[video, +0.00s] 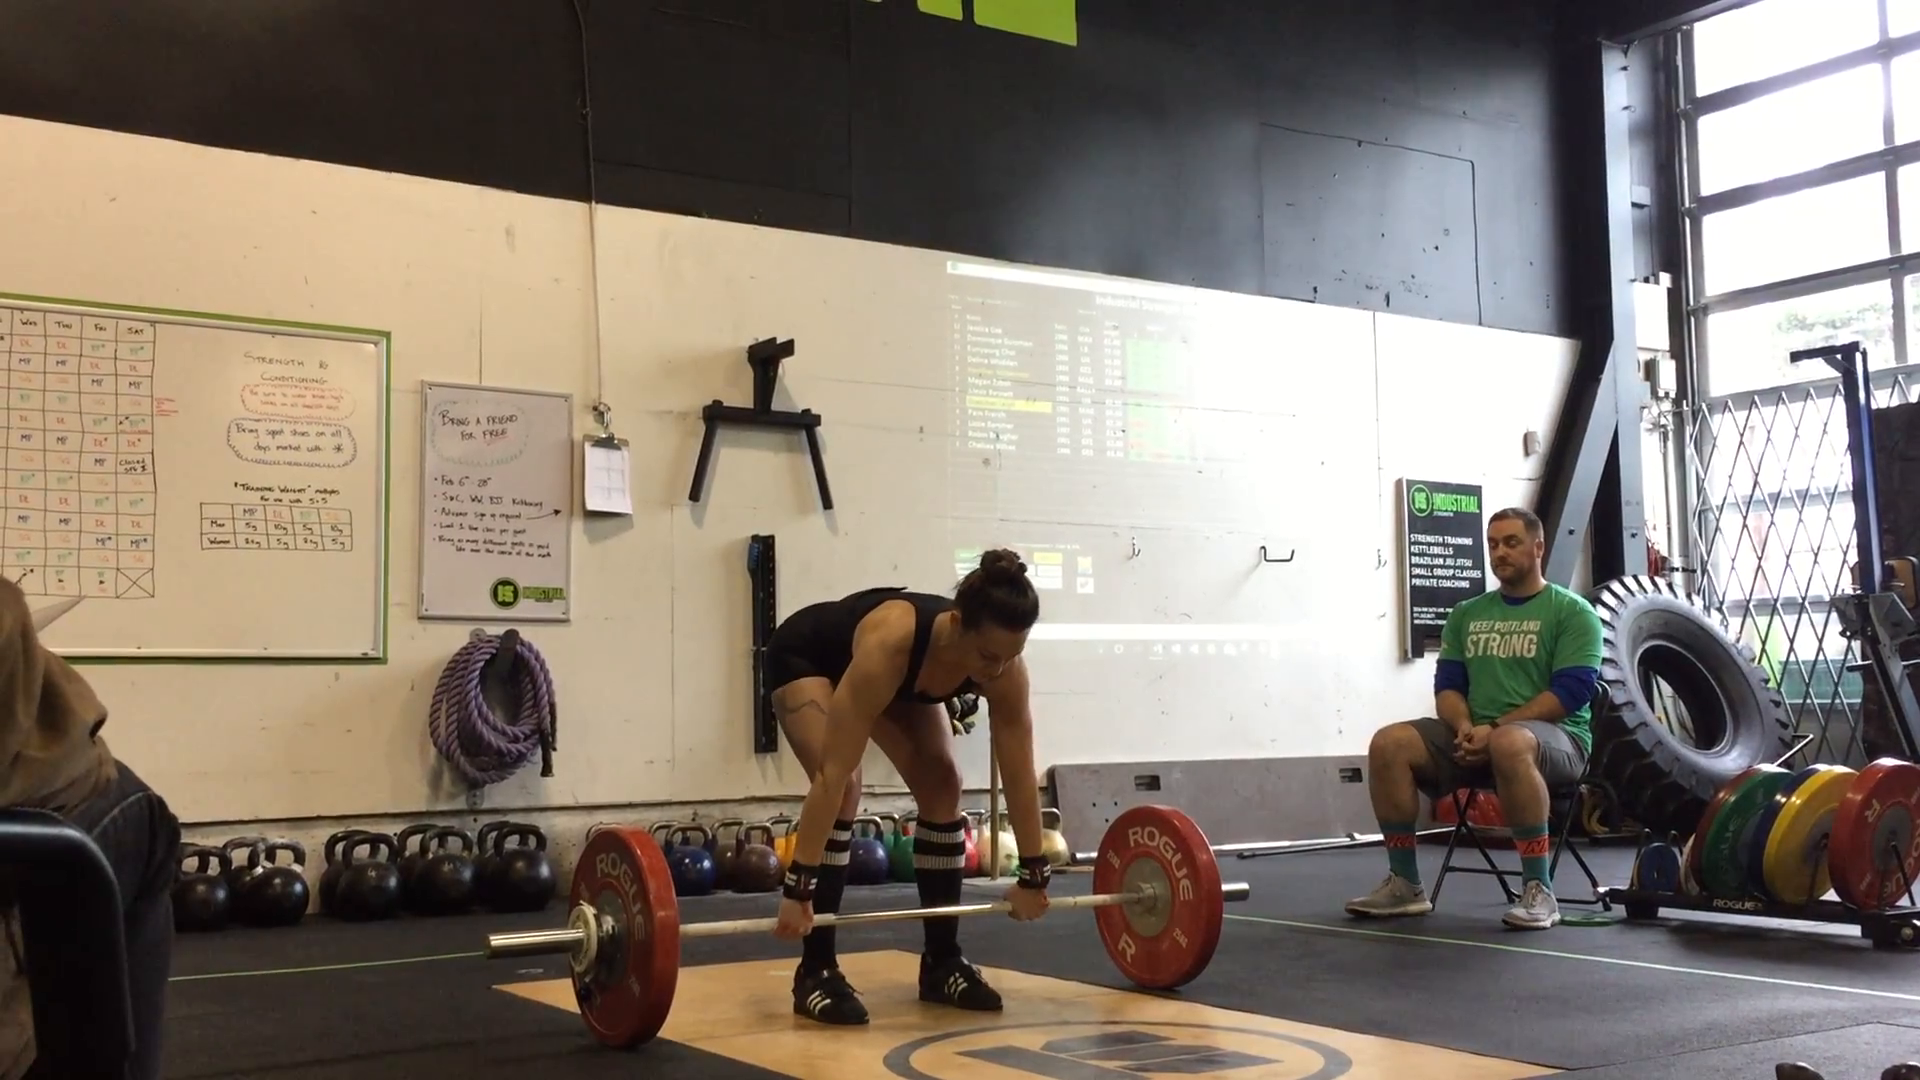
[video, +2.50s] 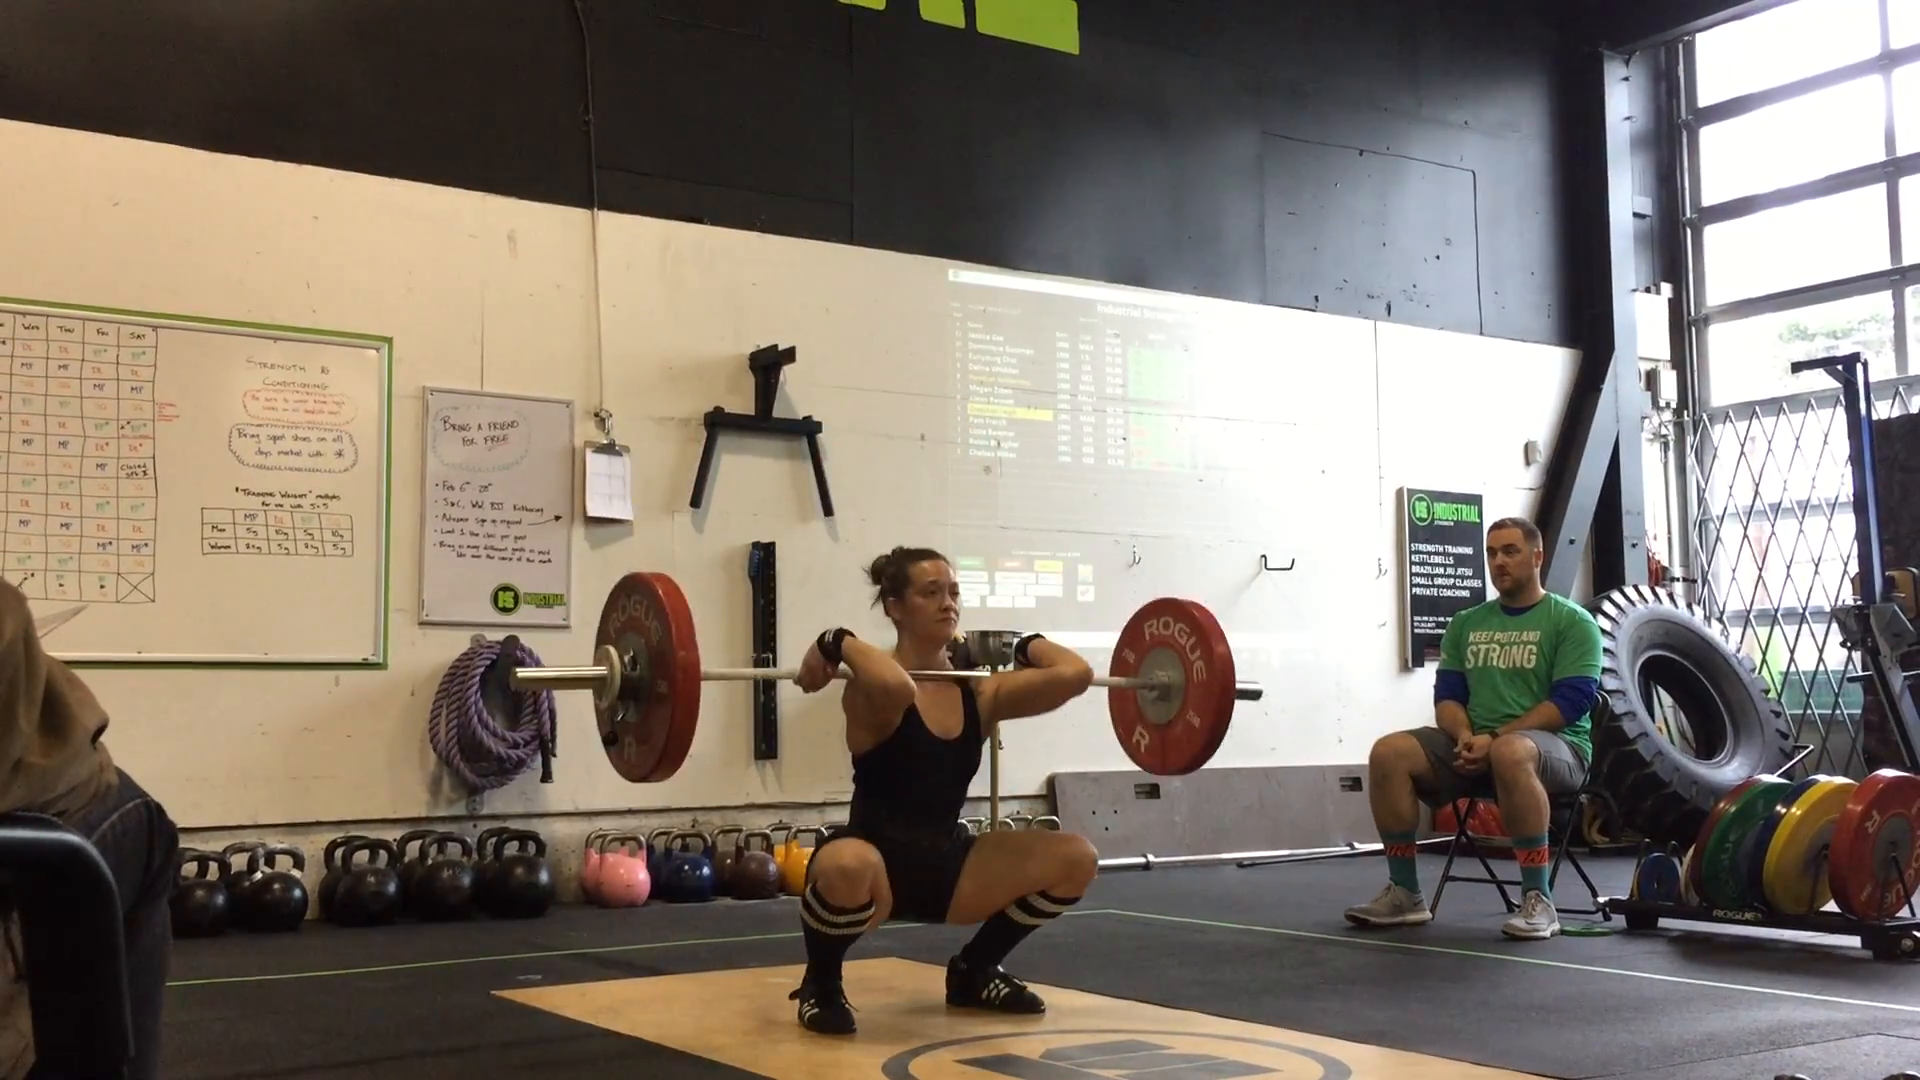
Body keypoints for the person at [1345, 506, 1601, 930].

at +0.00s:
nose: (1499, 552)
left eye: (1511, 542)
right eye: (1493, 544)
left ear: (1538, 548)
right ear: (1487, 551)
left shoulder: (1573, 612)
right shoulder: (1466, 614)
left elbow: (1572, 692)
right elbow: (1448, 686)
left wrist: (1497, 730)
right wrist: (1463, 724)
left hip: (1554, 737)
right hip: (1475, 737)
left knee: (1509, 743)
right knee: (1388, 744)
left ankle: (1537, 892)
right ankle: (1405, 884)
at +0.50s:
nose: (1499, 556)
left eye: (1510, 547)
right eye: (1492, 548)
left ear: (1538, 551)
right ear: (1486, 554)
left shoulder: (1573, 613)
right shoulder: (1465, 615)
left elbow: (1571, 694)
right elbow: (1449, 688)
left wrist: (1497, 732)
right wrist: (1464, 726)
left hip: (1556, 738)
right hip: (1477, 738)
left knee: (1511, 743)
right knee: (1390, 745)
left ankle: (1539, 893)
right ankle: (1407, 886)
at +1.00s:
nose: (1503, 555)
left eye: (1514, 545)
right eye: (1497, 546)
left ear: (1542, 549)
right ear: (1491, 552)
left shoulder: (1577, 612)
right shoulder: (1470, 615)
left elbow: (1577, 693)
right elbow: (1454, 688)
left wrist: (1502, 731)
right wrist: (1469, 724)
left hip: (1561, 736)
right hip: (1482, 736)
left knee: (1516, 742)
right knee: (1394, 744)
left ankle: (1544, 892)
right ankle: (1412, 885)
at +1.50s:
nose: (1502, 558)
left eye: (1513, 548)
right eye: (1495, 550)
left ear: (1541, 552)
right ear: (1489, 556)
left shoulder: (1577, 617)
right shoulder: (1469, 619)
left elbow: (1575, 698)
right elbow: (1452, 692)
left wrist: (1501, 735)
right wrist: (1467, 728)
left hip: (1559, 742)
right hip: (1480, 741)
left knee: (1514, 746)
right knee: (1392, 748)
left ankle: (1542, 896)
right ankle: (1410, 889)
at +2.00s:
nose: (1499, 562)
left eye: (1510, 552)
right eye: (1492, 553)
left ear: (1538, 557)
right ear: (1487, 560)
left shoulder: (1573, 621)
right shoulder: (1466, 624)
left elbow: (1572, 701)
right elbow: (1448, 697)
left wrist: (1497, 739)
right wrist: (1464, 733)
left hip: (1555, 746)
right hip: (1475, 745)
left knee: (1511, 751)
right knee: (1388, 753)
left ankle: (1538, 901)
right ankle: (1406, 894)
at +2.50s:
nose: (1498, 561)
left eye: (1510, 552)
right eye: (1492, 553)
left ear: (1537, 556)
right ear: (1487, 560)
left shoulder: (1572, 621)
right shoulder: (1465, 624)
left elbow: (1571, 702)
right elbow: (1447, 698)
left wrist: (1497, 740)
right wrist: (1463, 733)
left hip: (1555, 746)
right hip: (1475, 746)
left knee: (1511, 752)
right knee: (1388, 754)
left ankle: (1537, 902)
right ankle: (1405, 894)